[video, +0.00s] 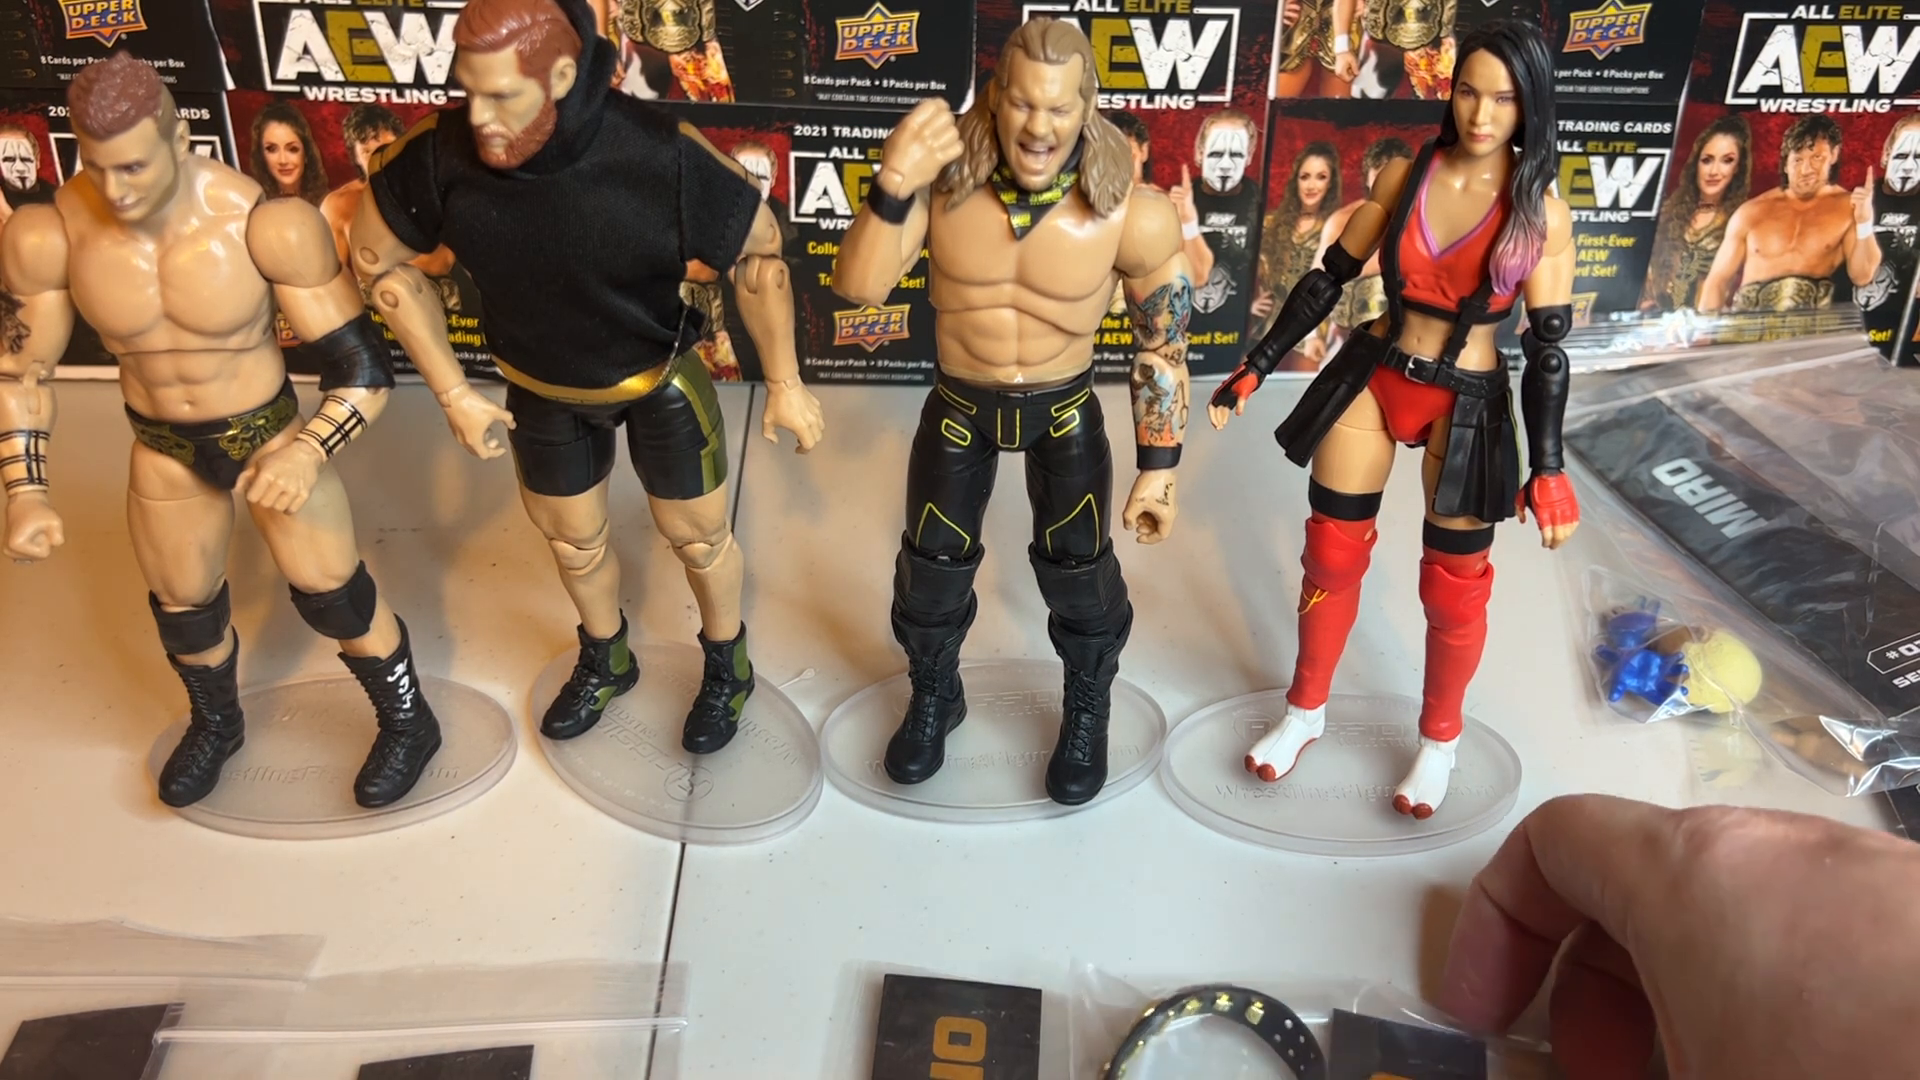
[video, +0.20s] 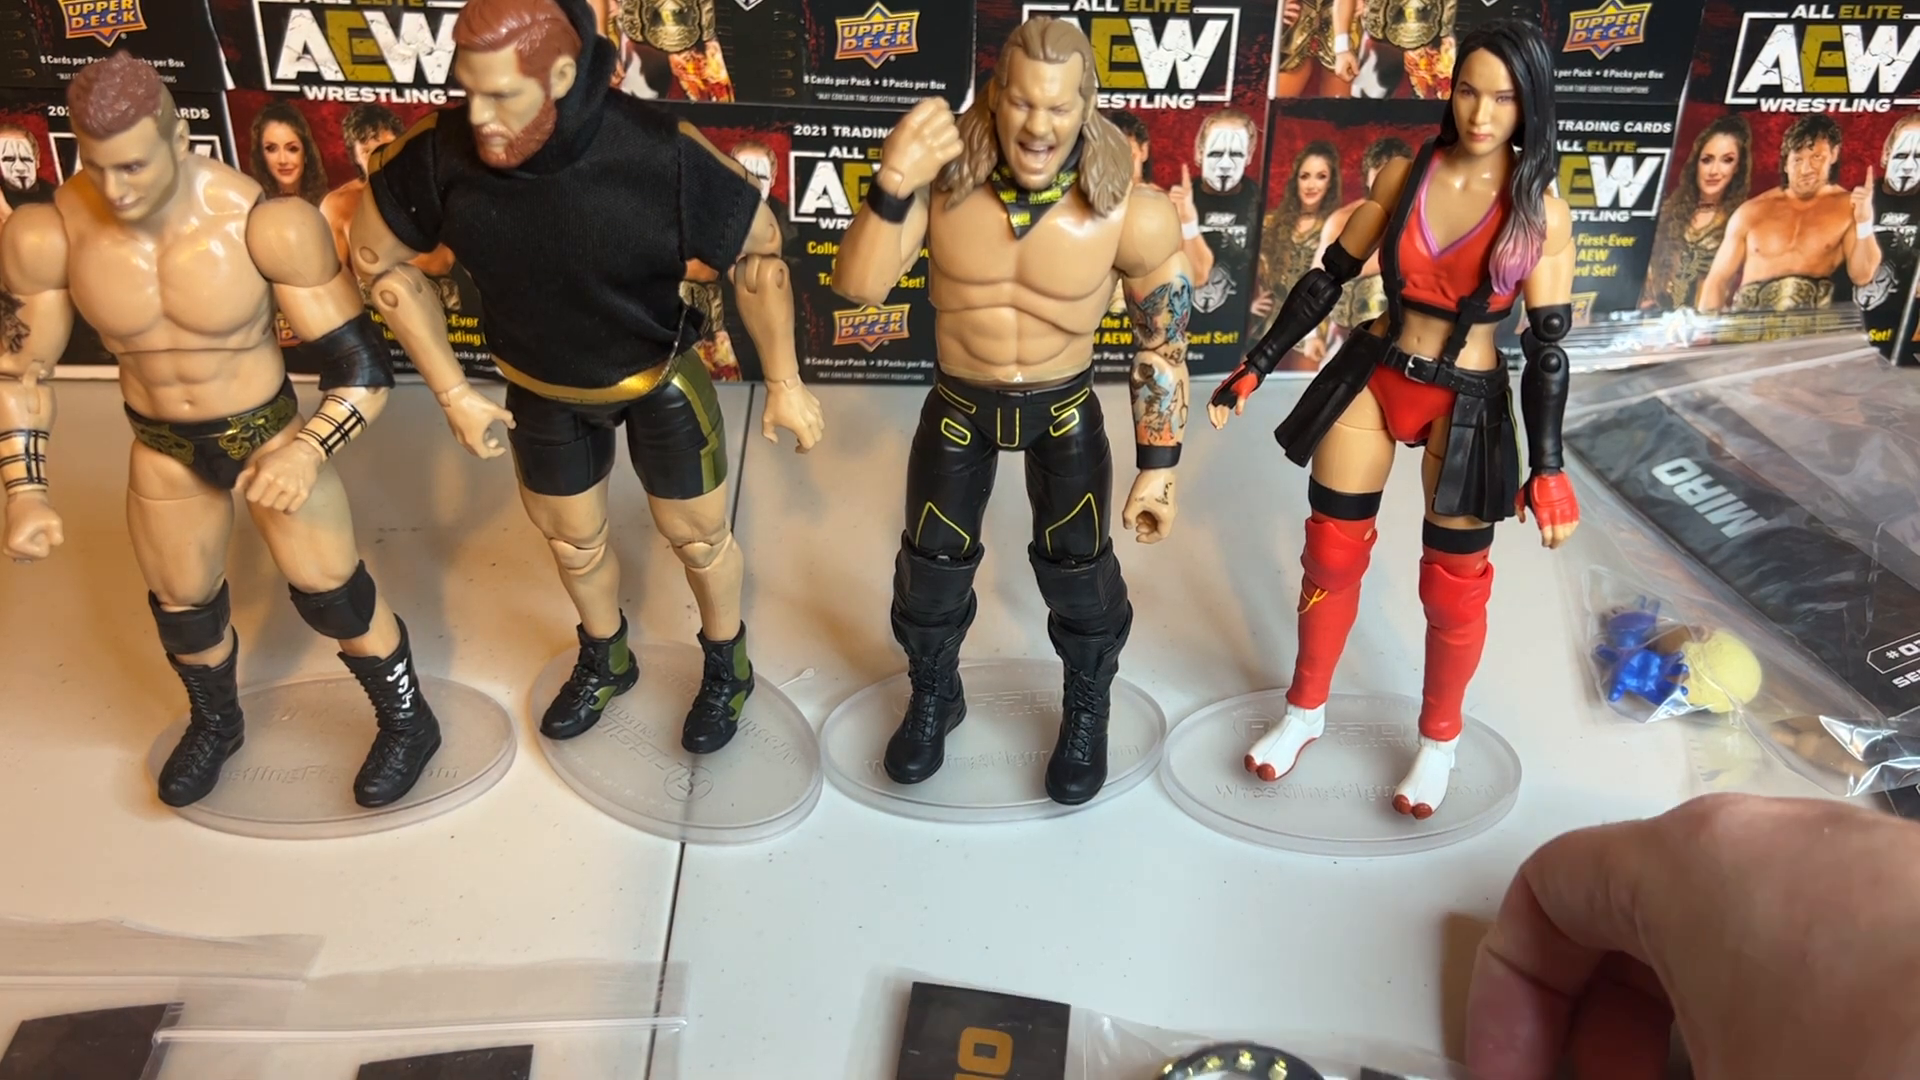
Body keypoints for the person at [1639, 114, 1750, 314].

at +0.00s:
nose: (1714, 171)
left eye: (1727, 160)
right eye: (1706, 160)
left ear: (1739, 167)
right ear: (1695, 163)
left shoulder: (1742, 219)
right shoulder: (1671, 212)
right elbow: (1653, 266)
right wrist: (1649, 299)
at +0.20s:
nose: (1714, 171)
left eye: (1727, 160)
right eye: (1706, 159)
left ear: (1739, 167)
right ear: (1695, 163)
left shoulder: (1742, 219)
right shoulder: (1670, 211)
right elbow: (1653, 266)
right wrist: (1649, 299)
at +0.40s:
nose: (1714, 171)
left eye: (1727, 160)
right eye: (1706, 159)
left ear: (1739, 167)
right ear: (1695, 163)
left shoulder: (1743, 218)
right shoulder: (1670, 211)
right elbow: (1653, 266)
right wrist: (1649, 299)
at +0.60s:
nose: (1714, 171)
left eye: (1728, 161)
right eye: (1707, 160)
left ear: (1739, 168)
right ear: (1695, 163)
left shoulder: (1743, 218)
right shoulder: (1672, 211)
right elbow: (1655, 265)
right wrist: (1650, 299)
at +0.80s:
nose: (1715, 171)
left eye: (1728, 161)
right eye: (1707, 160)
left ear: (1740, 168)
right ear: (1696, 164)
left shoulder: (1743, 219)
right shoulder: (1671, 212)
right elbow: (1654, 266)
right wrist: (1650, 299)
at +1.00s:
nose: (1715, 171)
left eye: (1727, 161)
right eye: (1707, 160)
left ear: (1739, 168)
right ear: (1695, 164)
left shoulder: (1743, 219)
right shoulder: (1671, 212)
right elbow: (1655, 268)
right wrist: (1650, 300)